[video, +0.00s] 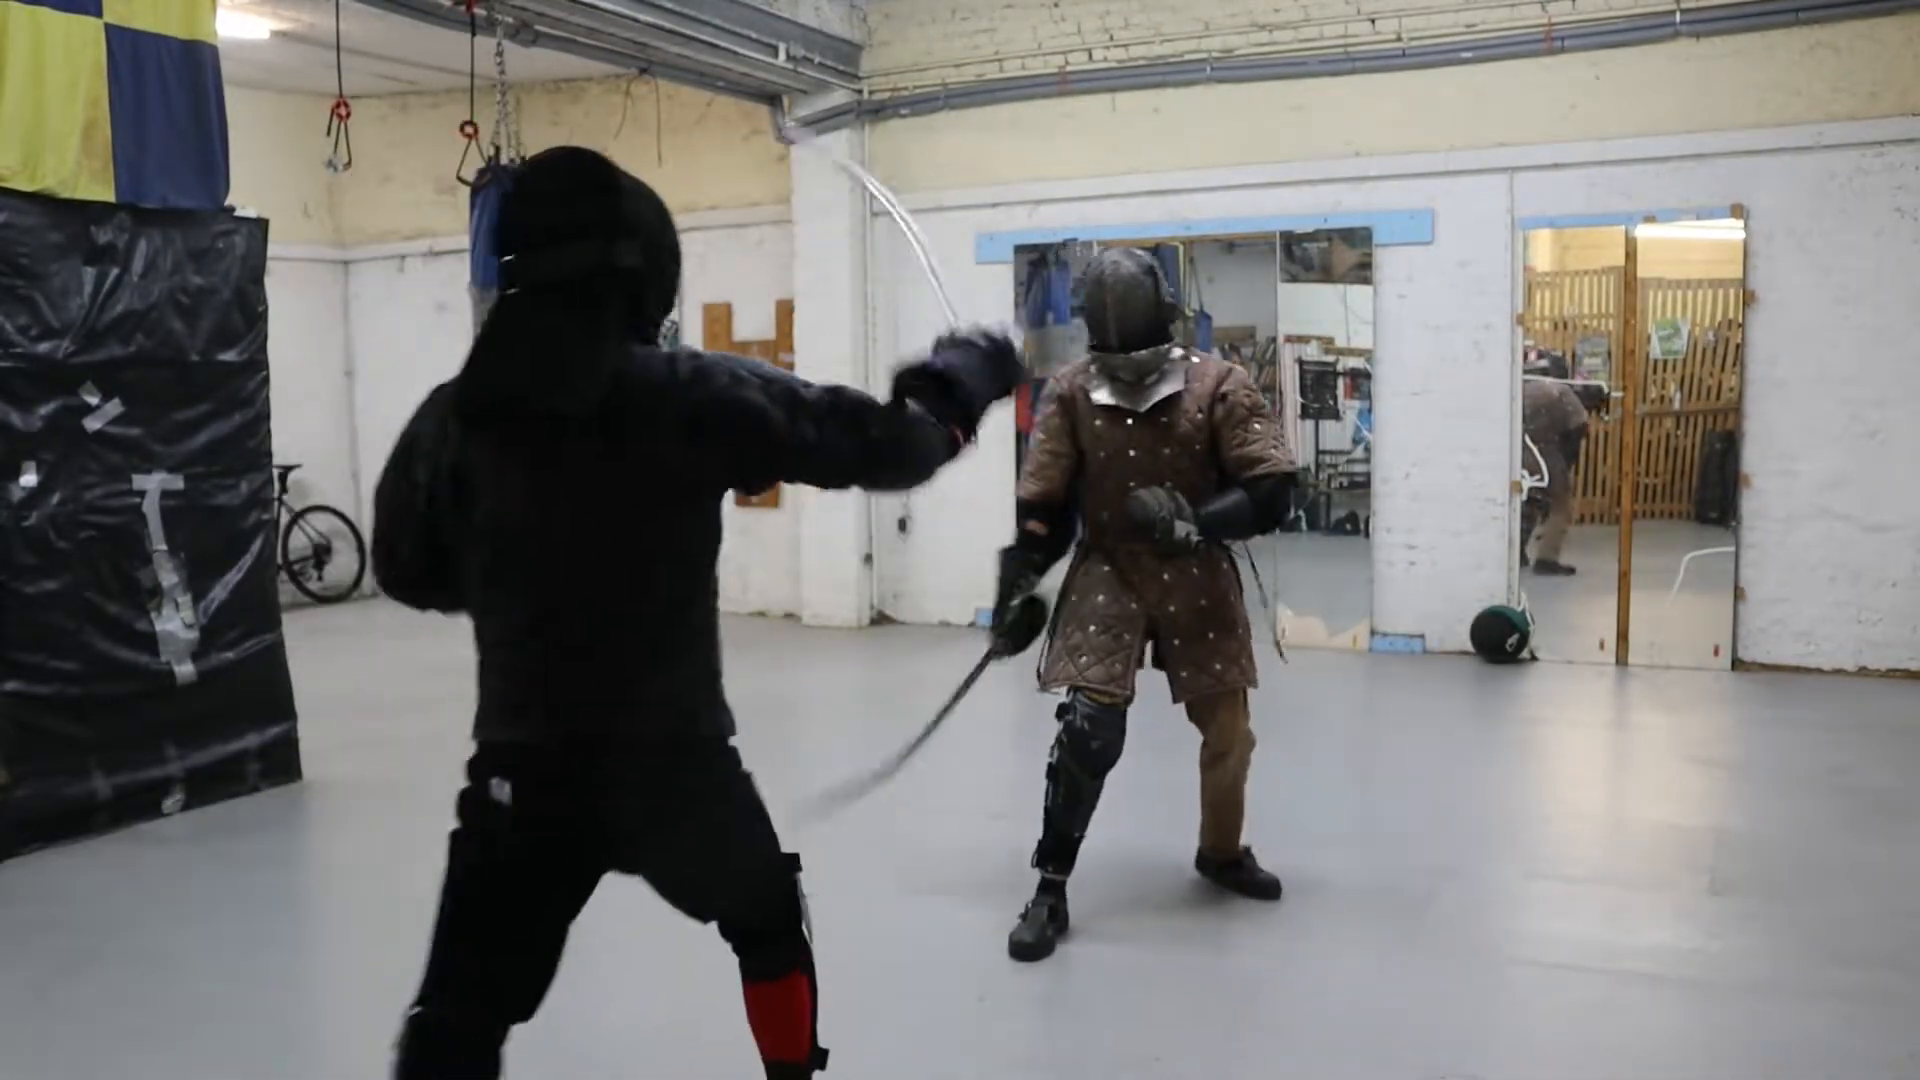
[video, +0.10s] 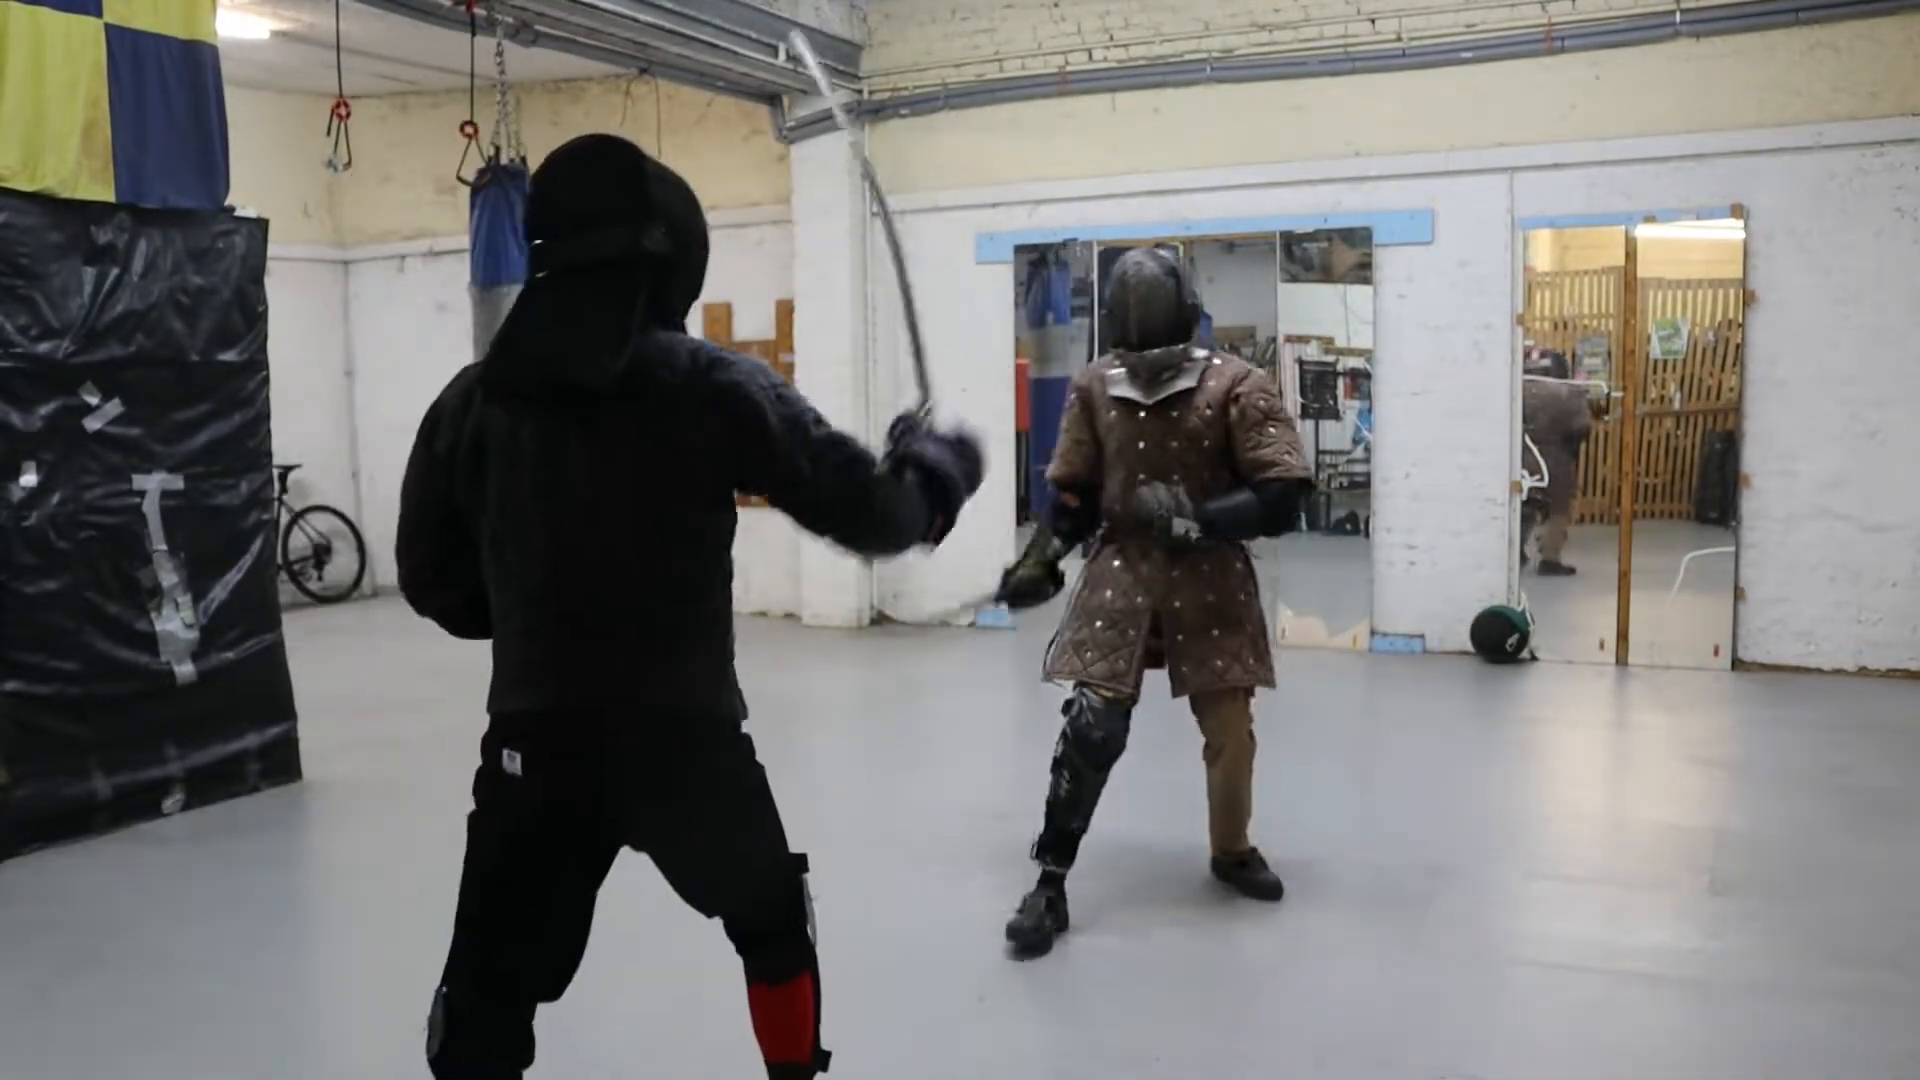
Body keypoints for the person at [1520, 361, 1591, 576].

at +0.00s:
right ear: (1560, 371)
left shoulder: (1515, 385)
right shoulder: (1560, 389)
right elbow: (1578, 425)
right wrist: (1565, 464)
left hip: (1513, 451)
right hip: (1544, 454)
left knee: (1521, 504)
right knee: (1560, 507)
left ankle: (1516, 551)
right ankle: (1546, 557)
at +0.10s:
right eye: (1566, 370)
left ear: (1536, 368)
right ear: (1563, 371)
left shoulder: (1521, 388)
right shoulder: (1569, 393)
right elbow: (1580, 427)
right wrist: (1570, 447)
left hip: (1523, 454)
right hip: (1556, 458)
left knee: (1523, 507)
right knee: (1558, 511)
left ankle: (1516, 552)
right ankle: (1550, 558)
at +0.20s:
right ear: (1562, 371)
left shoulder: (1522, 387)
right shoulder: (1569, 393)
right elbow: (1583, 427)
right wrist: (1568, 446)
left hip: (1524, 452)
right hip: (1555, 456)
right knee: (1559, 511)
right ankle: (1550, 558)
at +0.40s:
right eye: (1565, 374)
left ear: (1545, 371)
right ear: (1565, 374)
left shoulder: (1526, 389)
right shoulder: (1567, 397)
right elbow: (1579, 427)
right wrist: (1570, 454)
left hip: (1526, 453)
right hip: (1554, 457)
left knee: (1546, 505)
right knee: (1556, 509)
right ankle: (1551, 558)